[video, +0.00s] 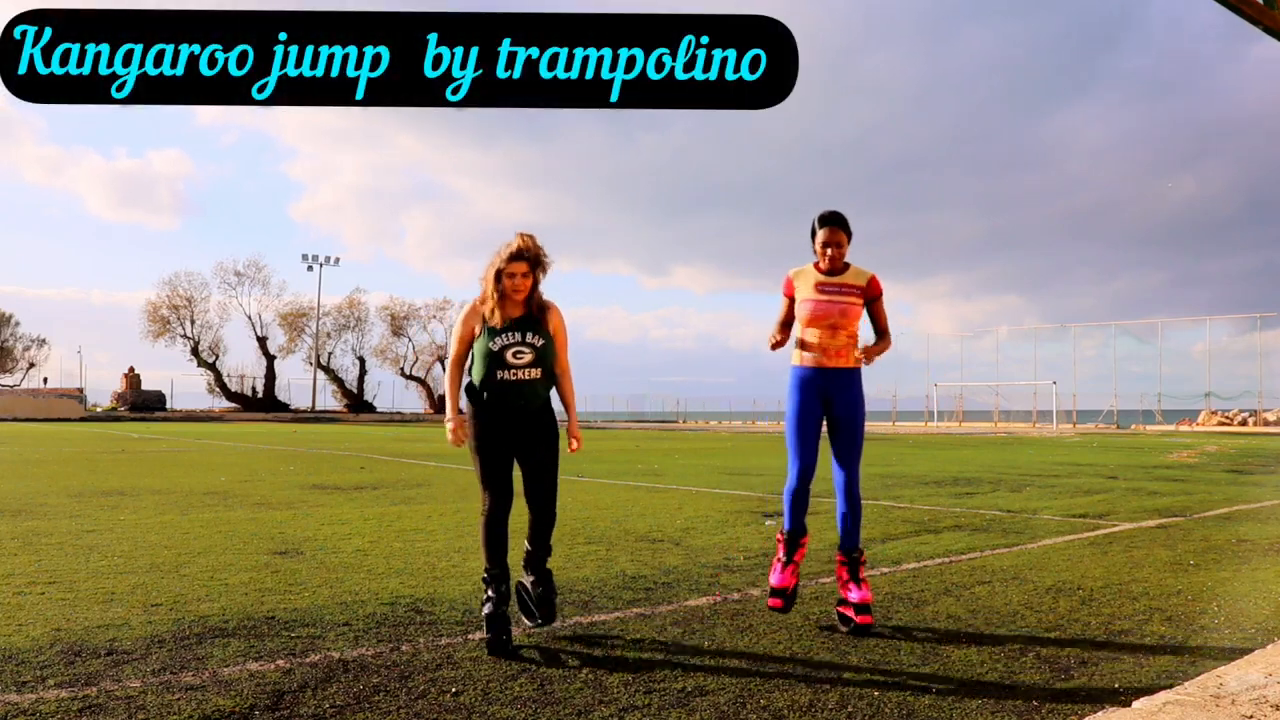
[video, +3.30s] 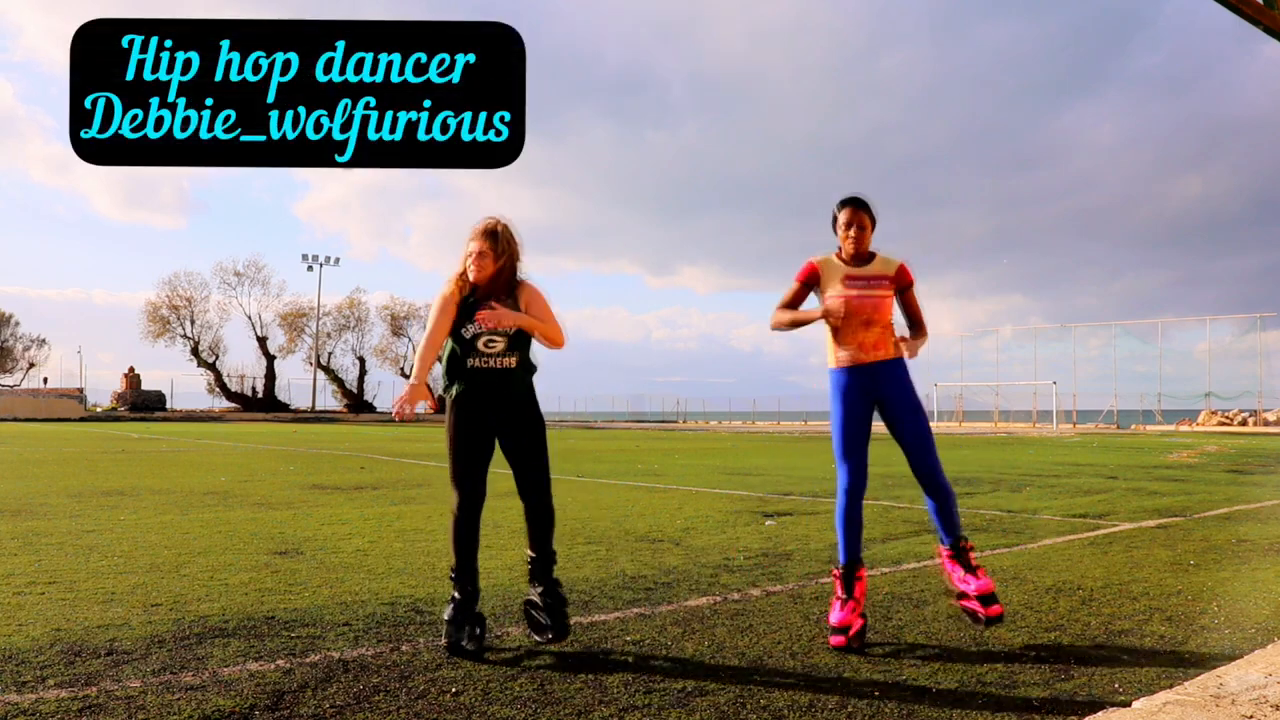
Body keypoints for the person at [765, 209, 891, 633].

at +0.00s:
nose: (831, 253)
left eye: (838, 246)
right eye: (825, 246)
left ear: (848, 246)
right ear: (813, 245)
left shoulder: (864, 282)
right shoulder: (797, 279)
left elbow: (885, 336)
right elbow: (784, 324)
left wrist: (874, 350)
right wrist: (779, 337)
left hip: (846, 383)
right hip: (804, 381)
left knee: (848, 480)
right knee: (799, 474)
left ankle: (850, 570)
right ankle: (789, 552)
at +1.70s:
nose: (863, 231)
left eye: (870, 224)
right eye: (857, 225)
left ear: (887, 226)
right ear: (850, 229)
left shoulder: (908, 272)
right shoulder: (835, 265)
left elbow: (920, 328)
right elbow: (800, 315)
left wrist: (901, 364)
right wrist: (792, 373)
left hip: (878, 379)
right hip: (833, 372)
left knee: (875, 482)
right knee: (803, 468)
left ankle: (871, 577)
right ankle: (777, 566)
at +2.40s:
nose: (867, 223)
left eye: (874, 216)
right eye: (861, 216)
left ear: (888, 221)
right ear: (851, 222)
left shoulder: (910, 255)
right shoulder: (835, 257)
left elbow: (948, 284)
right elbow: (793, 303)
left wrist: (940, 315)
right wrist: (827, 327)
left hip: (880, 370)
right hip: (838, 365)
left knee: (873, 476)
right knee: (815, 462)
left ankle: (865, 570)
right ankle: (785, 553)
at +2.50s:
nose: (857, 210)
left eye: (865, 204)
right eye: (851, 203)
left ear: (876, 210)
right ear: (839, 206)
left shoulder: (895, 245)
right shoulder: (820, 247)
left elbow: (923, 293)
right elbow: (796, 305)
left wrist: (927, 350)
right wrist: (829, 297)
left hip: (880, 354)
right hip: (835, 355)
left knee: (897, 458)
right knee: (833, 459)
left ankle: (906, 554)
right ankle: (829, 560)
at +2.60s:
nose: (852, 222)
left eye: (860, 216)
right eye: (846, 214)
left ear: (870, 220)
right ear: (833, 216)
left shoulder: (888, 260)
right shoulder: (814, 260)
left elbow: (904, 319)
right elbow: (798, 322)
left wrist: (921, 369)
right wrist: (823, 292)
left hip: (880, 365)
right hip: (835, 368)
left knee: (913, 463)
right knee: (841, 471)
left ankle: (946, 552)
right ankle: (848, 574)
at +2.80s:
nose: (839, 250)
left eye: (846, 244)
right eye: (833, 242)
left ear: (855, 249)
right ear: (819, 245)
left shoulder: (872, 284)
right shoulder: (800, 291)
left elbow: (886, 339)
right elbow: (793, 353)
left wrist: (895, 387)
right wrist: (816, 294)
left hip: (882, 388)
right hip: (838, 398)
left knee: (946, 467)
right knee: (849, 496)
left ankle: (1010, 538)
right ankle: (864, 588)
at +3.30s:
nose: (855, 234)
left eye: (862, 227)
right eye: (848, 227)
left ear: (872, 231)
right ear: (836, 231)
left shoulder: (893, 271)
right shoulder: (820, 269)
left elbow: (918, 327)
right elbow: (778, 319)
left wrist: (913, 341)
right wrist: (818, 312)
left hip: (893, 375)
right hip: (847, 380)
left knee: (931, 472)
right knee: (850, 485)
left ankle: (958, 557)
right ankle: (848, 584)